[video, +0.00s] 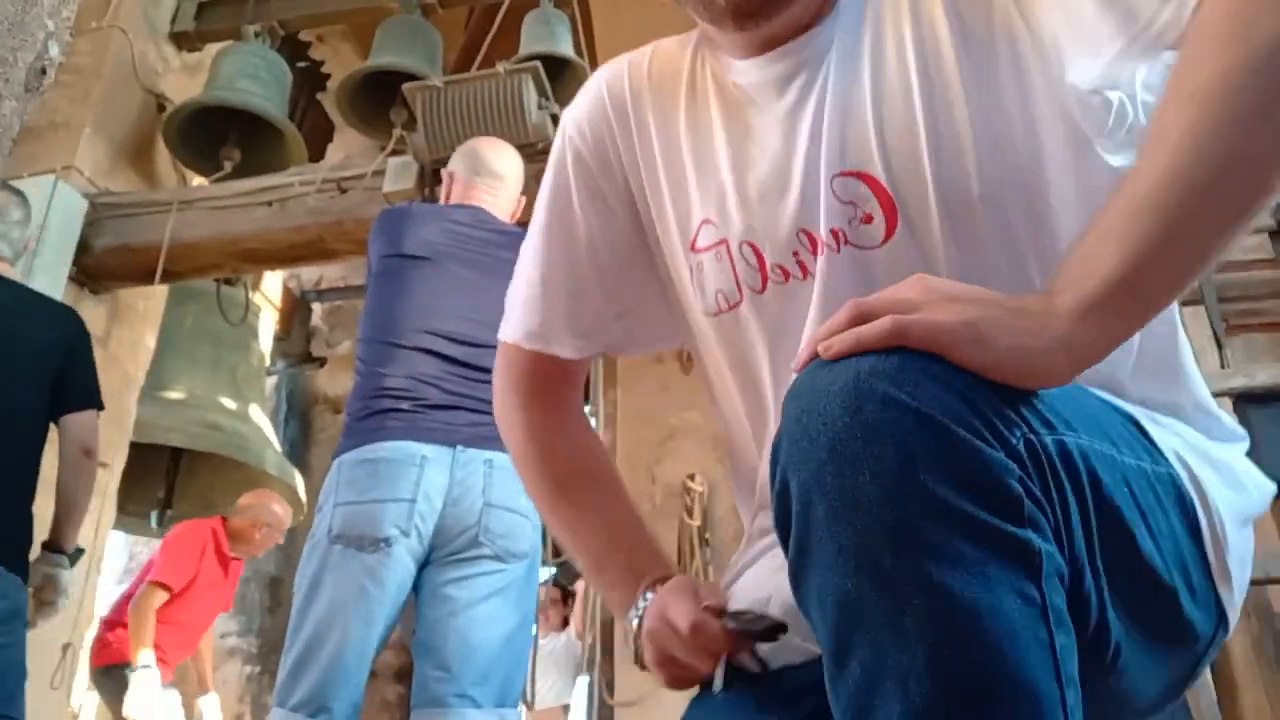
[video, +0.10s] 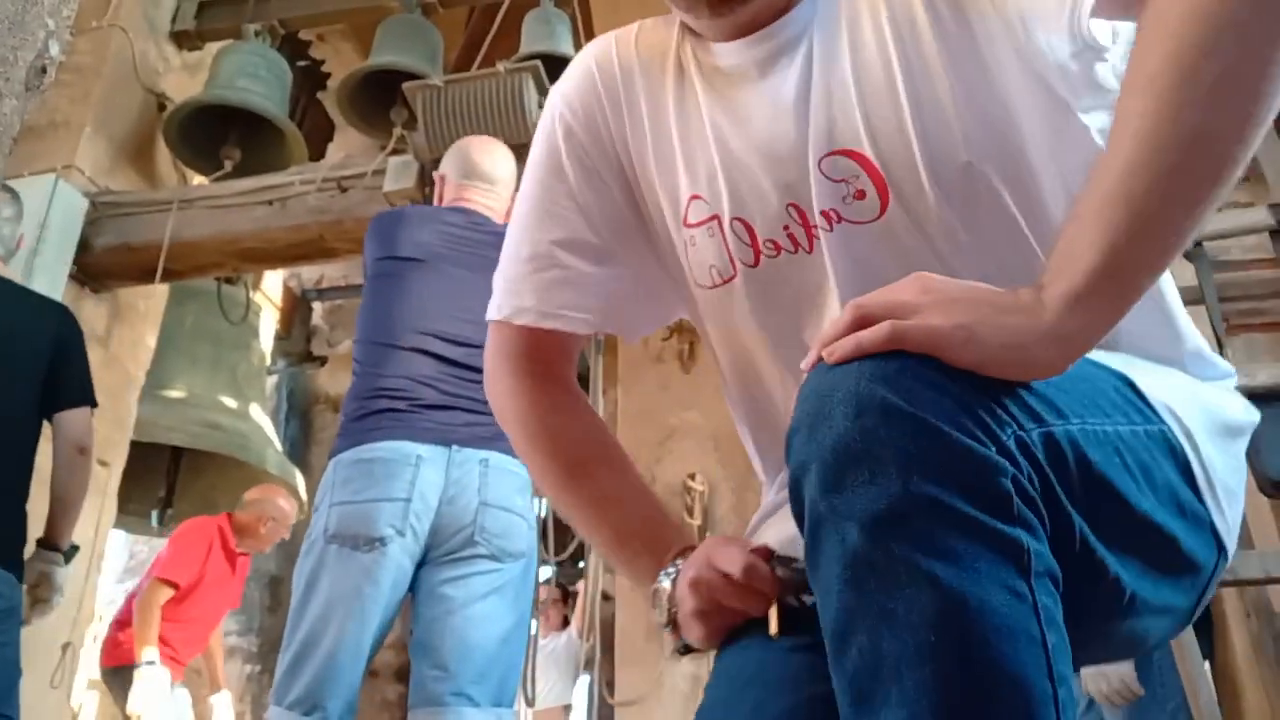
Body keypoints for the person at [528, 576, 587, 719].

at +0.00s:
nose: (544, 608)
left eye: (552, 602)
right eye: (540, 601)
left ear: (566, 609)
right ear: (532, 605)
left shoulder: (569, 640)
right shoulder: (523, 641)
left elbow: (582, 586)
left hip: (556, 713)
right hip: (525, 713)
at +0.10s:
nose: (544, 609)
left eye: (552, 602)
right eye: (540, 603)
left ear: (566, 607)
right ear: (533, 607)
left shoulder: (569, 639)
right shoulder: (526, 642)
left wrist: (583, 591)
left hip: (553, 713)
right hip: (523, 714)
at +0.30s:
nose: (545, 610)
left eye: (553, 604)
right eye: (541, 604)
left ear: (565, 609)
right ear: (535, 608)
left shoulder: (571, 640)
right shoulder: (524, 645)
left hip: (557, 713)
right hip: (526, 714)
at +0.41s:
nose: (544, 609)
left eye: (551, 604)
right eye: (539, 604)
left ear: (565, 610)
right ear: (534, 608)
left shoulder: (571, 642)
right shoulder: (517, 645)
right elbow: (488, 619)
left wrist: (573, 599)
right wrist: (525, 608)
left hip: (556, 714)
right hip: (520, 715)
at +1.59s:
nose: (539, 618)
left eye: (546, 611)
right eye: (534, 612)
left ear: (561, 611)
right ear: (528, 614)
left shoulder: (572, 639)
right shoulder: (520, 643)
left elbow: (590, 590)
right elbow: (480, 609)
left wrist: (571, 602)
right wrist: (522, 599)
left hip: (556, 714)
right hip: (522, 714)